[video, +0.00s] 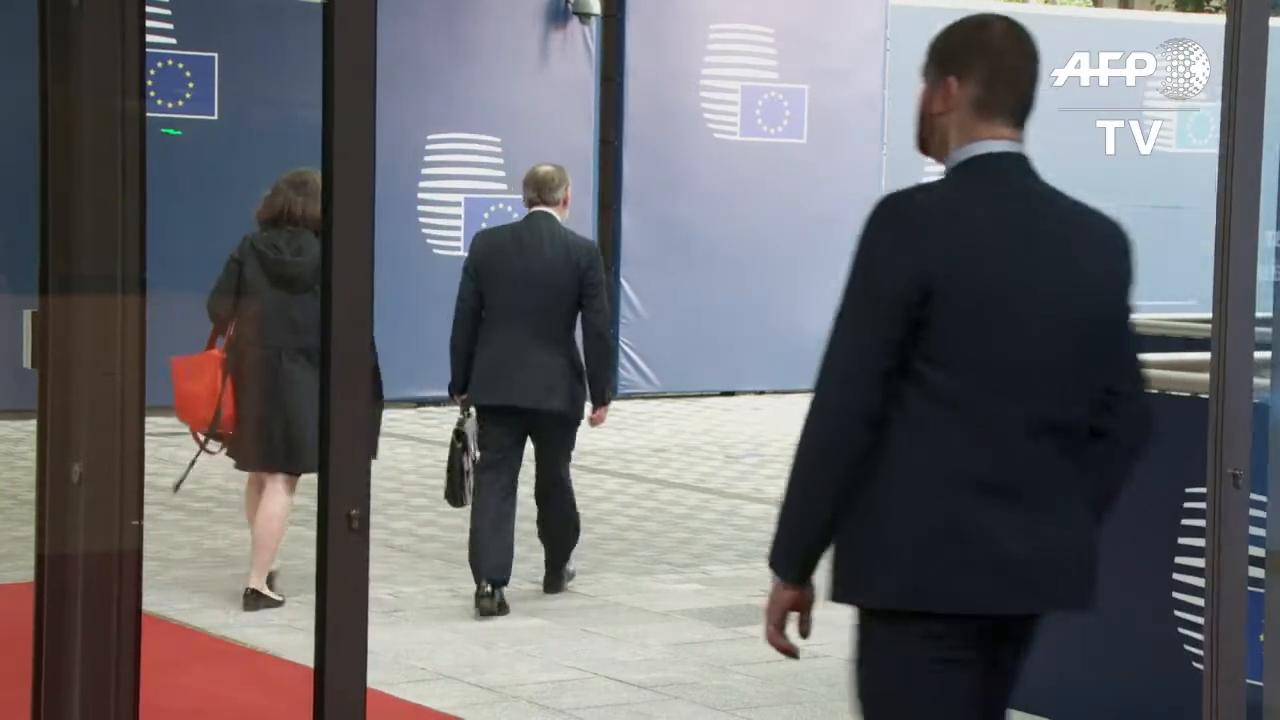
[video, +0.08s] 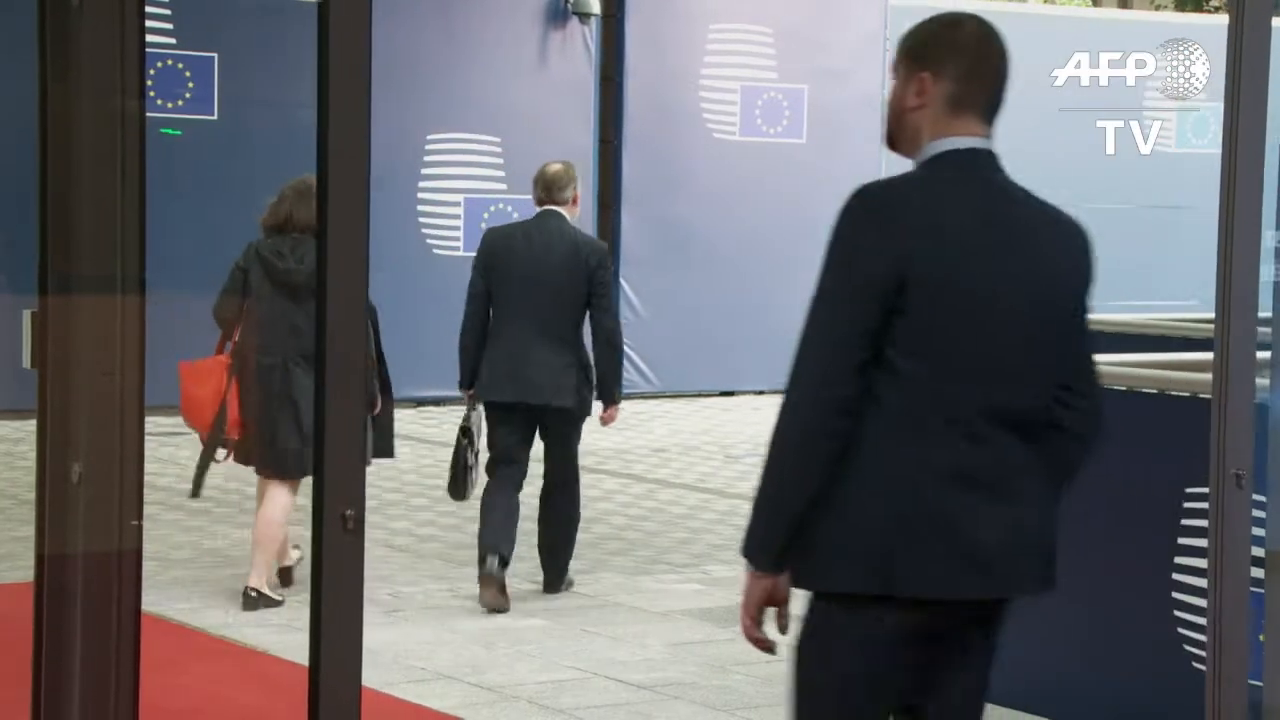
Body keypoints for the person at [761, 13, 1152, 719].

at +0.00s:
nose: (918, 107)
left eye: (924, 88)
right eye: (923, 88)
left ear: (946, 92)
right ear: (1024, 105)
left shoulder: (911, 219)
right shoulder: (1098, 238)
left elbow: (846, 401)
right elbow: (1121, 416)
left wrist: (793, 563)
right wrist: (1058, 528)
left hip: (914, 572)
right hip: (1029, 573)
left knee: (910, 706)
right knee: (979, 706)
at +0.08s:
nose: (888, 100)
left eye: (894, 82)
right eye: (893, 82)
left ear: (921, 88)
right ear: (993, 99)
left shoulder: (883, 212)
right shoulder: (1060, 236)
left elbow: (821, 390)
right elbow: (1074, 409)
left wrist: (768, 552)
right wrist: (1009, 513)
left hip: (869, 566)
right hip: (986, 568)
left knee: (838, 704)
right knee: (949, 707)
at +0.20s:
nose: (835, 93)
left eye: (842, 76)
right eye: (841, 76)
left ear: (871, 84)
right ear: (936, 98)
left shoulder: (841, 206)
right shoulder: (1003, 228)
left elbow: (782, 385)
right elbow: (1020, 393)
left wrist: (726, 545)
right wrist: (961, 514)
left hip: (814, 558)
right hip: (930, 559)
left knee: (741, 708)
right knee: (913, 711)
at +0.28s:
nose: (798, 96)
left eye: (806, 78)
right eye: (804, 79)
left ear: (836, 86)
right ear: (897, 98)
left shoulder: (809, 207)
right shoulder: (963, 226)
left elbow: (755, 386)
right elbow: (989, 391)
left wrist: (698, 544)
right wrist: (930, 503)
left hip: (785, 551)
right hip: (899, 551)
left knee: (700, 709)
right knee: (893, 714)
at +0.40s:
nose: (740, 102)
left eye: (746, 87)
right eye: (743, 87)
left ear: (775, 97)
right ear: (835, 106)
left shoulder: (750, 216)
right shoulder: (902, 227)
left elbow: (701, 393)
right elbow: (949, 383)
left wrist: (654, 552)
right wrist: (887, 509)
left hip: (739, 560)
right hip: (855, 557)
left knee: (692, 709)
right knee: (862, 713)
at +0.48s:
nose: (696, 109)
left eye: (703, 94)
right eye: (700, 93)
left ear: (734, 107)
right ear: (794, 115)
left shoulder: (706, 227)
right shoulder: (864, 231)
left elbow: (662, 400)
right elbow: (925, 372)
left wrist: (614, 557)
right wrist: (867, 487)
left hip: (699, 565)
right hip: (819, 561)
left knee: (663, 708)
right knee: (837, 711)